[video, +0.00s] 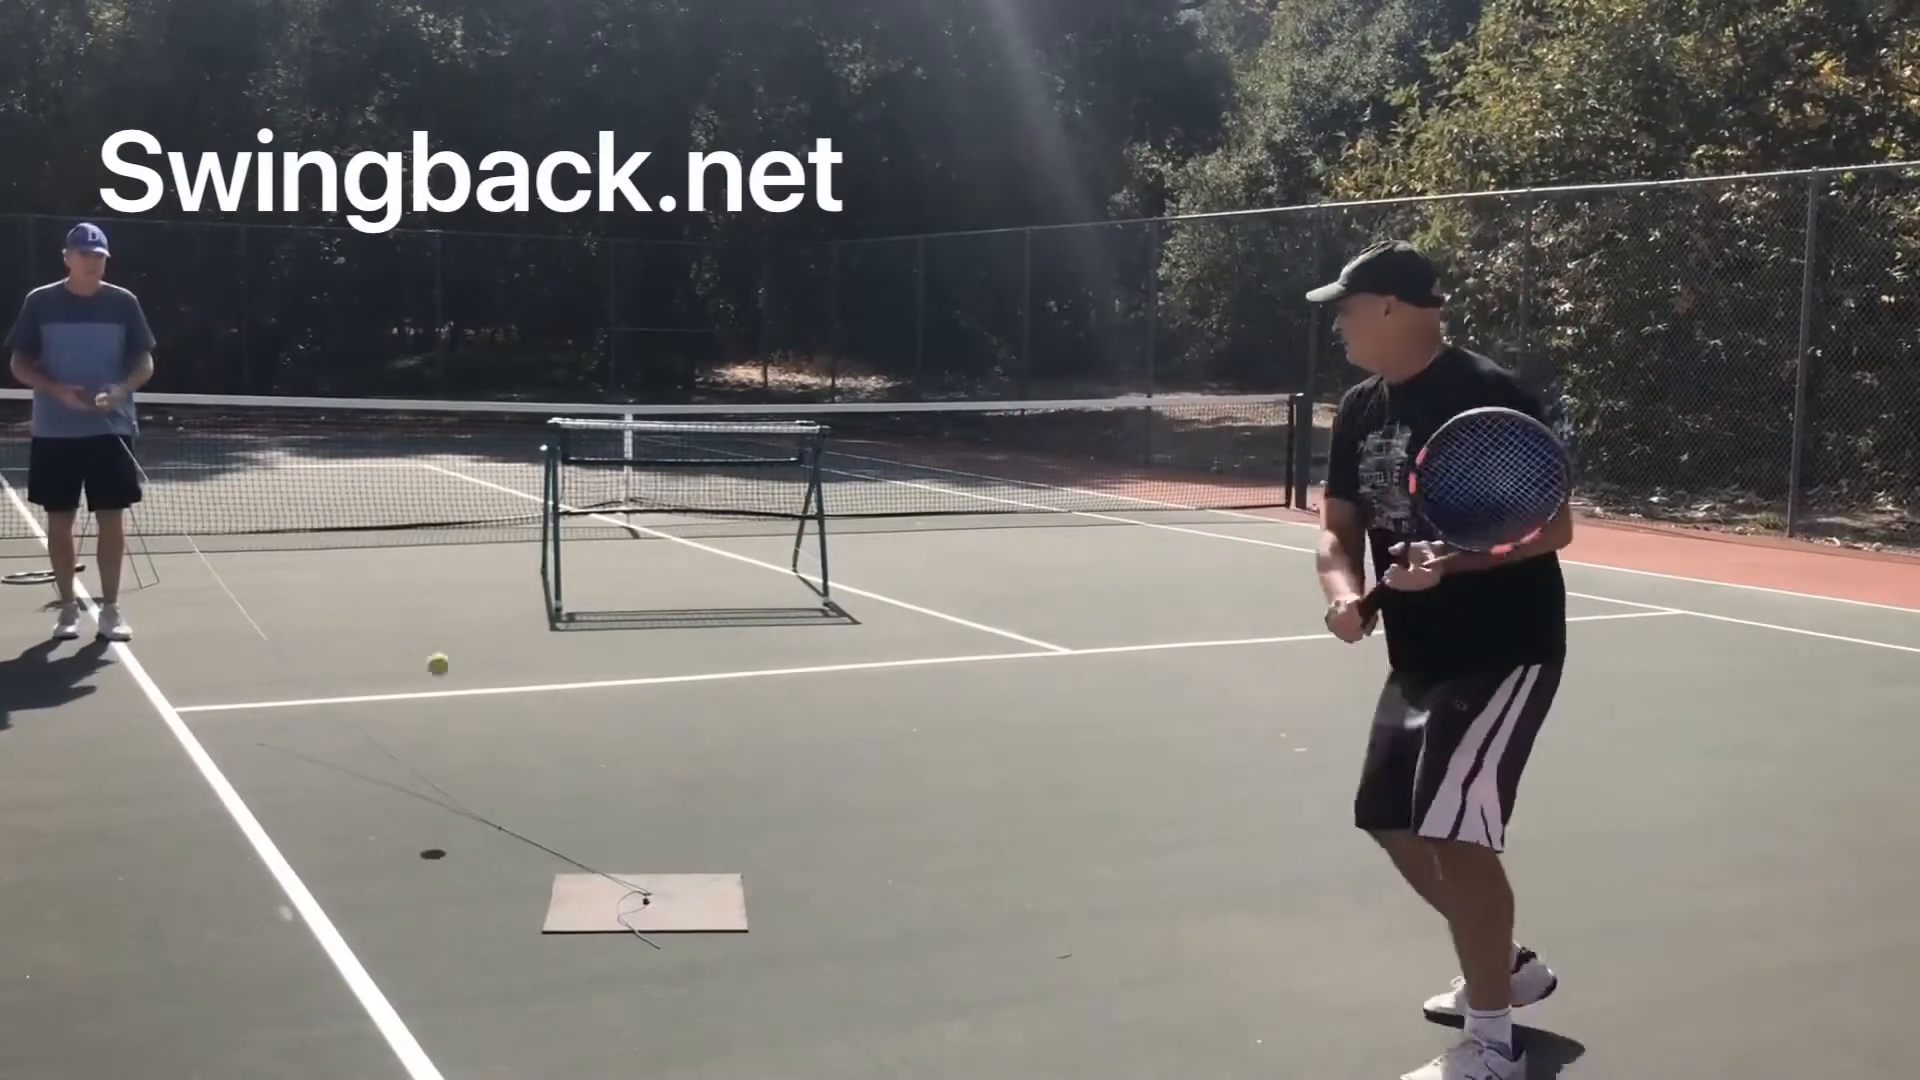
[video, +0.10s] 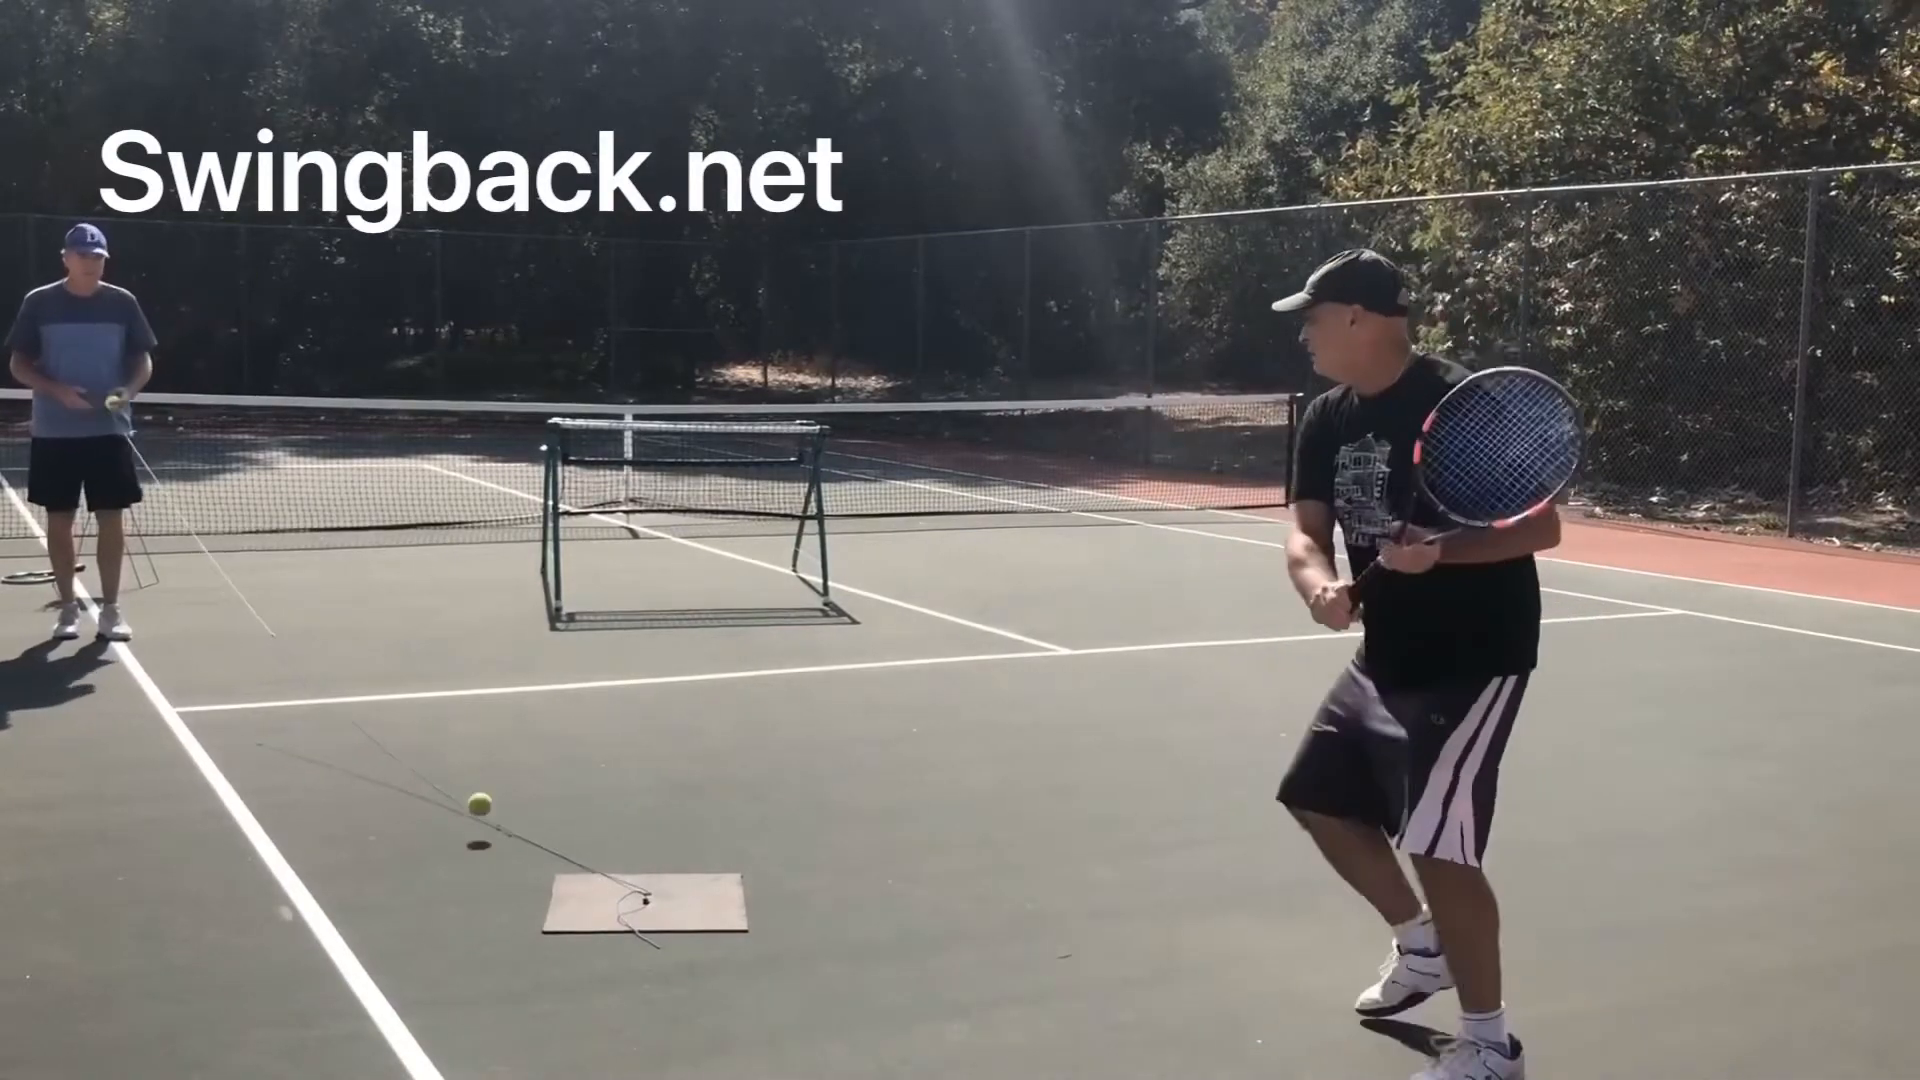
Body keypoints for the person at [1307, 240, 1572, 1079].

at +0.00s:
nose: (1338, 325)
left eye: (1350, 310)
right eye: (1340, 312)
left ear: (1400, 312)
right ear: (1385, 316)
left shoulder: (1501, 399)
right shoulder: (1361, 411)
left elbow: (1552, 528)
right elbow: (1338, 533)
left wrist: (1451, 562)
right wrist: (1344, 589)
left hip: (1507, 651)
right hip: (1421, 654)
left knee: (1455, 826)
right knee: (1392, 816)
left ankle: (1492, 1046)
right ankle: (1509, 968)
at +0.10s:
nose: (1304, 333)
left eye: (1316, 318)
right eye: (1306, 319)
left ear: (1363, 323)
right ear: (1354, 326)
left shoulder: (1465, 405)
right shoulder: (1326, 416)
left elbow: (1544, 526)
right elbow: (1304, 539)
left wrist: (1442, 548)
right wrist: (1322, 587)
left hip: (1480, 659)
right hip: (1388, 653)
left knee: (1437, 839)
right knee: (1317, 795)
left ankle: (1489, 1042)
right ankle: (1424, 943)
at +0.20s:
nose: (1261, 342)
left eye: (1272, 325)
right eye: (1262, 327)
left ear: (1323, 328)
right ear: (1309, 333)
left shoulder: (1424, 398)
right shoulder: (1288, 423)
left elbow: (1515, 508)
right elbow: (1270, 530)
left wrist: (1420, 519)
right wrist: (1292, 572)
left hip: (1451, 656)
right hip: (1360, 642)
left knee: (1419, 830)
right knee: (1262, 780)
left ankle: (1486, 1041)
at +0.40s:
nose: (1151, 378)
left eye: (1161, 362)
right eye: (1152, 364)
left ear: (1209, 360)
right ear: (1201, 365)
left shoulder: (1314, 412)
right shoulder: (1177, 451)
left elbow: (1418, 510)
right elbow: (1189, 556)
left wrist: (1361, 526)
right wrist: (1235, 597)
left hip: (1356, 669)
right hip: (1265, 658)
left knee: (1355, 852)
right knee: (1160, 790)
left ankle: (1482, 1040)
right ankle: (1069, 958)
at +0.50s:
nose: (1084, 402)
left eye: (1095, 385)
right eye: (1084, 387)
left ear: (1147, 379)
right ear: (1131, 385)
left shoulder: (1252, 443)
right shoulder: (1113, 485)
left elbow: (1322, 556)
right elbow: (1138, 595)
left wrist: (1309, 624)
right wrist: (1189, 674)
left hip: (1291, 687)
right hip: (1195, 684)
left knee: (1304, 875)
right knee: (1081, 785)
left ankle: (1471, 1029)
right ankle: (1035, 968)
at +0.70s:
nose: (1010, 440)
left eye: (1015, 424)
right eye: (1009, 426)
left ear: (1053, 414)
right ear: (1059, 409)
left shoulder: (1107, 510)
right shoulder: (1096, 465)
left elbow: (1165, 660)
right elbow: (993, 485)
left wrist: (1222, 787)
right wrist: (922, 507)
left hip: (1189, 725)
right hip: (1132, 697)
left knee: (1203, 917)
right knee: (1023, 772)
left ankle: (1413, 917)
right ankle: (1029, 966)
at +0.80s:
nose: (971, 456)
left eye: (974, 438)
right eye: (967, 441)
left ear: (1012, 424)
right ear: (1028, 417)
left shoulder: (1063, 537)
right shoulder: (1097, 429)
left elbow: (1131, 678)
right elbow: (1102, 343)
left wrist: (1169, 812)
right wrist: (1109, 288)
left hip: (1198, 709)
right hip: (1143, 677)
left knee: (1158, 906)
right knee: (1031, 774)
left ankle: (1367, 909)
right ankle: (1030, 962)